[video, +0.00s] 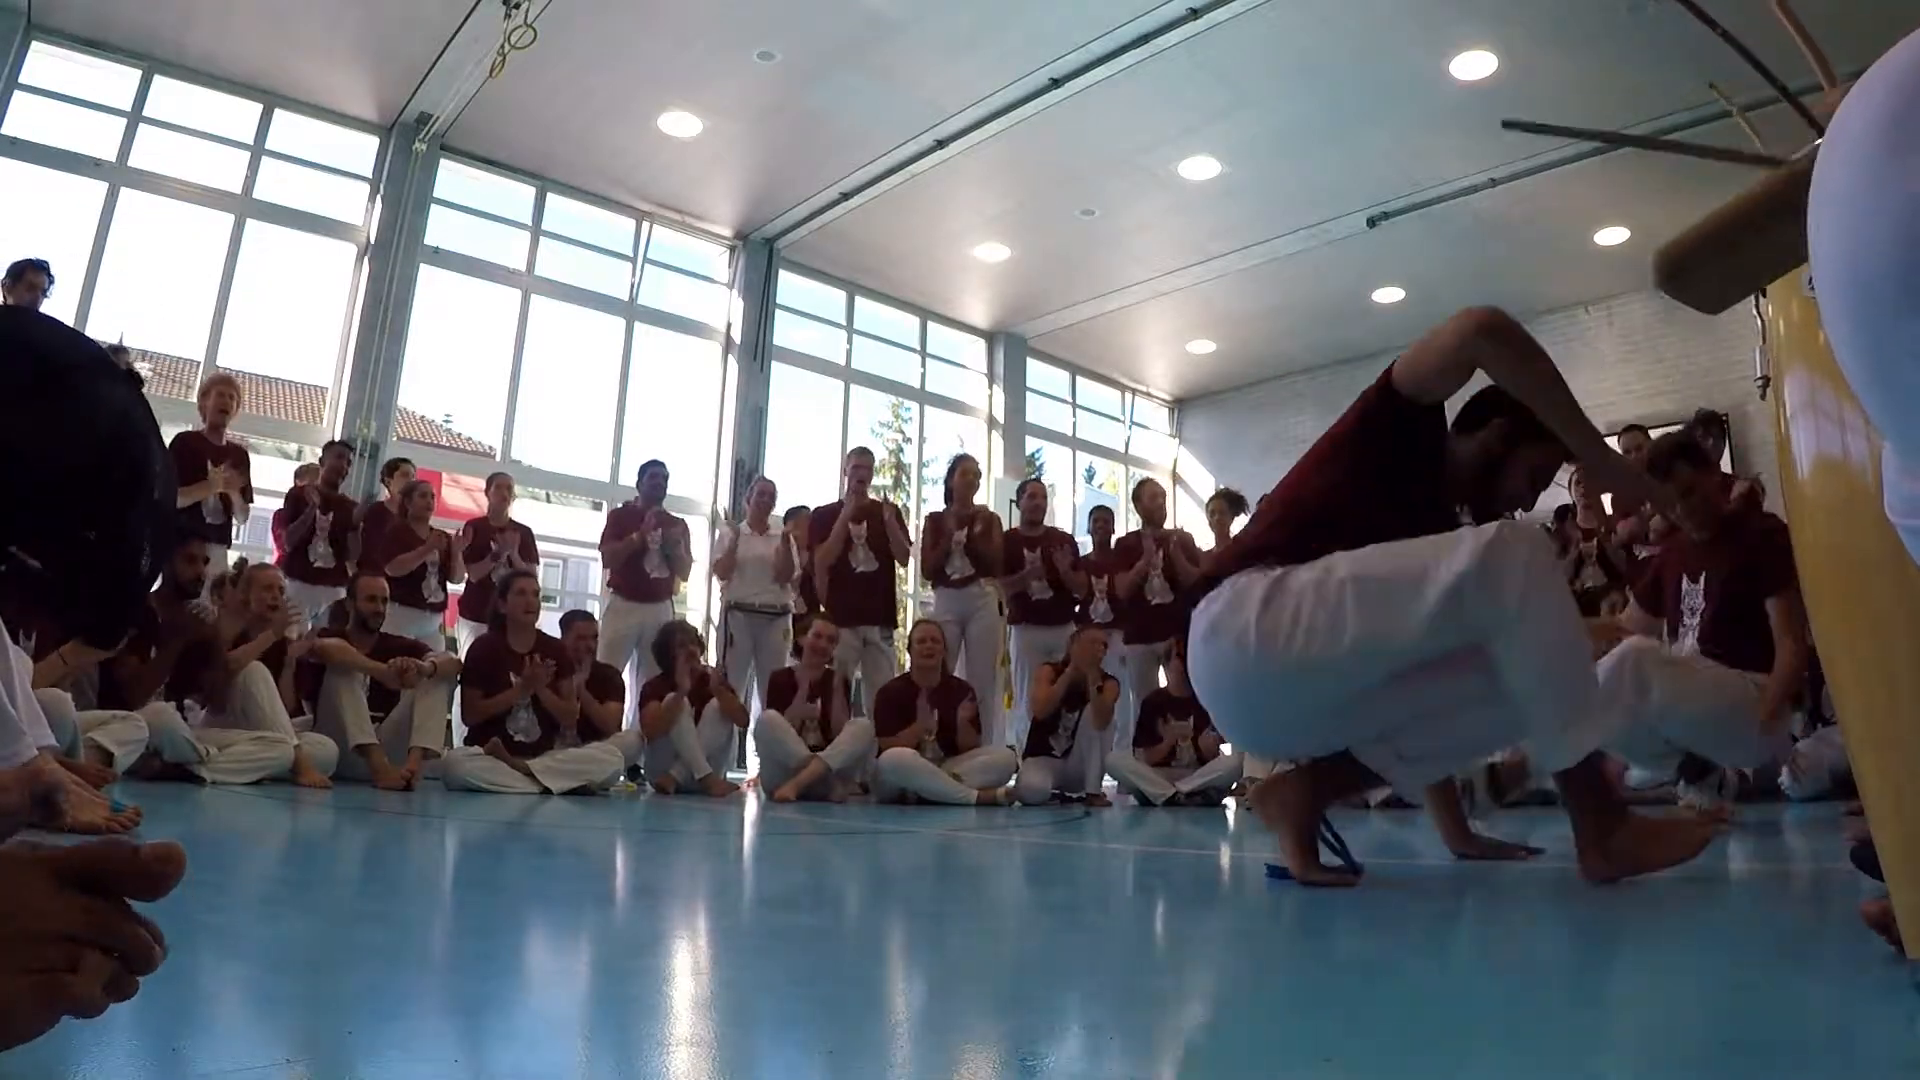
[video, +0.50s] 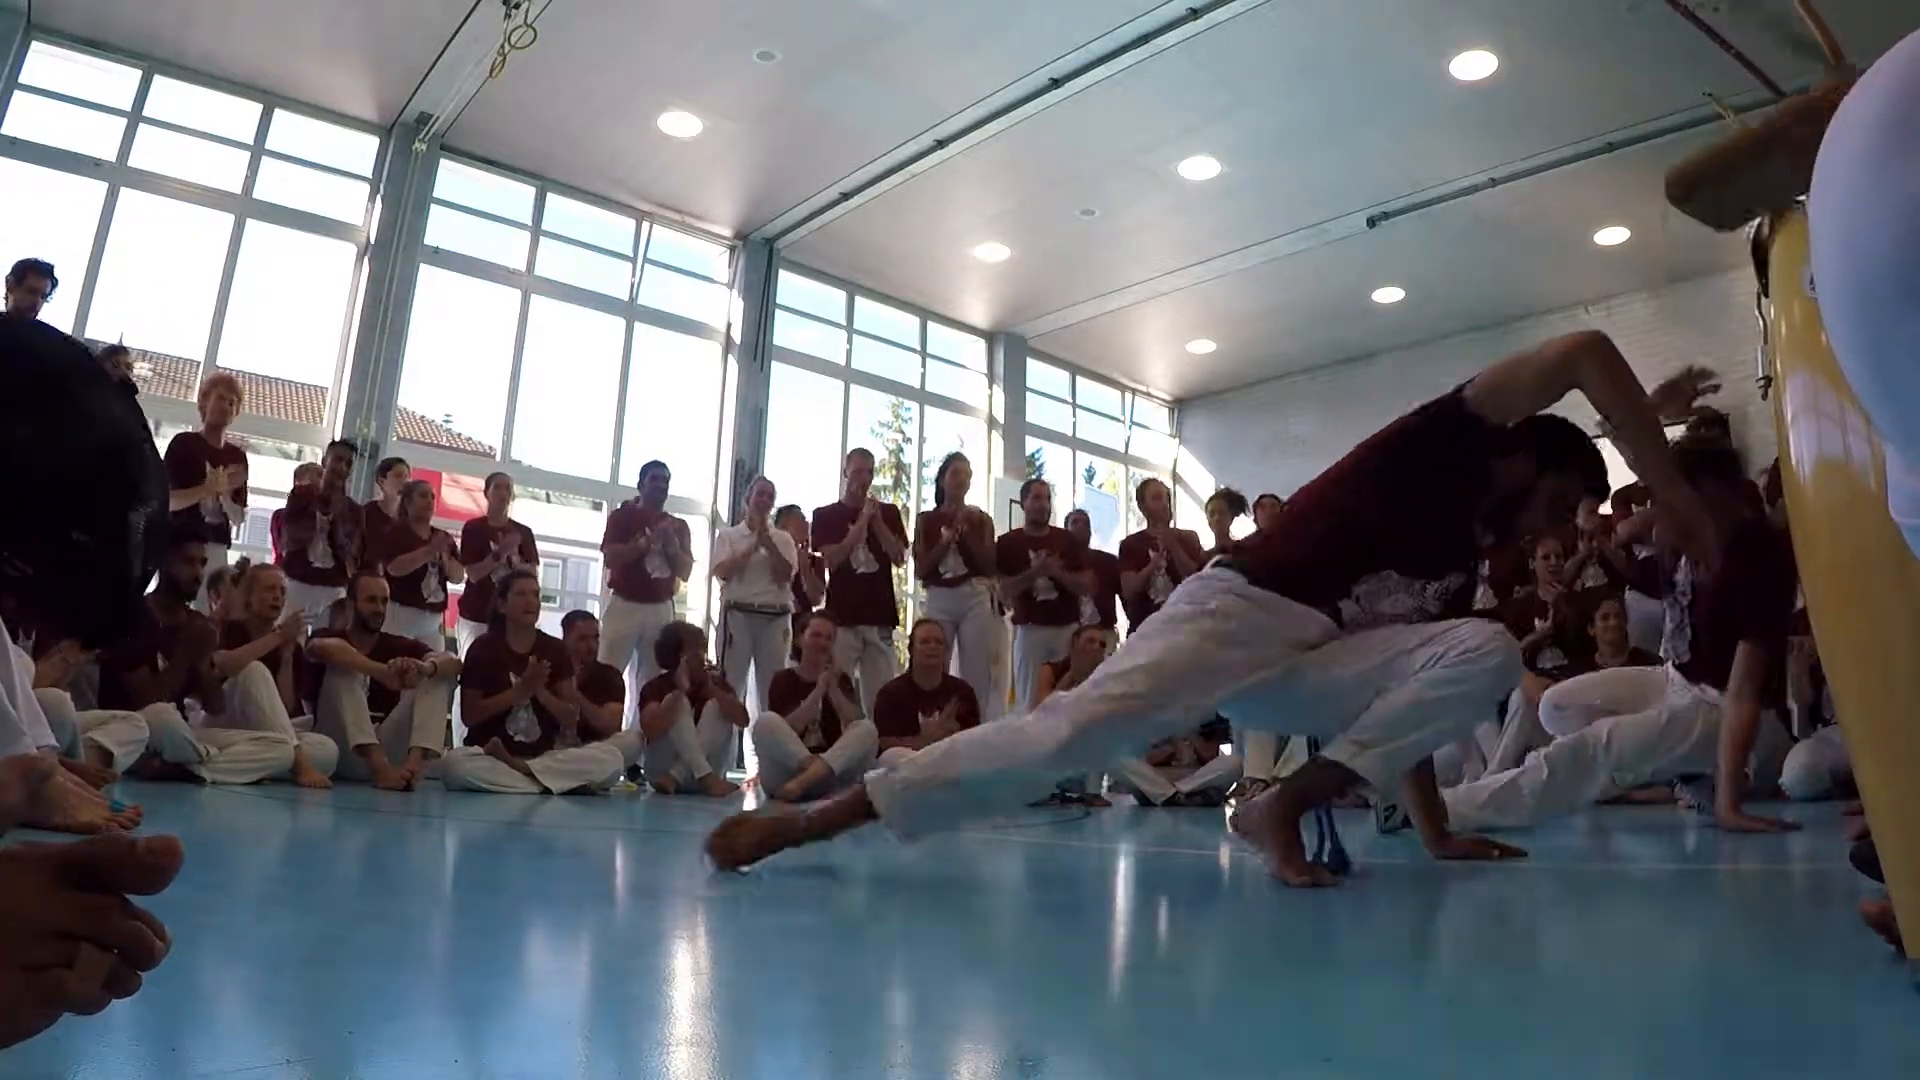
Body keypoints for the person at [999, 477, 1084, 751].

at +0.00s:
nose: (1038, 502)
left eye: (1042, 497)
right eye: (1031, 496)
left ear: (1048, 503)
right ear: (1018, 502)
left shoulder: (1064, 540)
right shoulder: (1007, 541)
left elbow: (1082, 589)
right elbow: (1001, 585)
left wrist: (1065, 570)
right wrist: (1028, 574)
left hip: (1062, 628)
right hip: (1025, 629)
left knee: (1064, 699)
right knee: (1026, 701)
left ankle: (1063, 763)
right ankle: (1025, 764)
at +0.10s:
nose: (1037, 503)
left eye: (1042, 498)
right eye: (1031, 497)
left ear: (1047, 504)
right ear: (1017, 503)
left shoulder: (1063, 540)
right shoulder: (1005, 541)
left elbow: (1081, 587)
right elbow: (999, 587)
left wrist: (1053, 573)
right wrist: (1028, 575)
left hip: (1061, 628)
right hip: (1023, 628)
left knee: (1063, 695)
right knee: (1025, 697)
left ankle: (1063, 759)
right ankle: (1024, 762)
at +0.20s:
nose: (1037, 503)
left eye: (1041, 498)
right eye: (1030, 497)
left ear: (1047, 504)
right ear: (1016, 503)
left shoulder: (1063, 541)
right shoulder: (1004, 542)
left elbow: (1081, 587)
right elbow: (999, 588)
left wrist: (1053, 572)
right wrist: (1029, 575)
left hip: (1063, 629)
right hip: (1025, 630)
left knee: (1064, 699)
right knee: (1024, 701)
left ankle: (1063, 763)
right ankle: (1023, 765)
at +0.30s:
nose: (1037, 503)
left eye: (1041, 498)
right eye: (1031, 497)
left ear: (1047, 504)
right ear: (1017, 503)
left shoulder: (1064, 540)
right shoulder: (1005, 542)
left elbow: (1080, 586)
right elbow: (1002, 589)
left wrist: (1057, 571)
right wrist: (1031, 572)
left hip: (1064, 629)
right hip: (1026, 630)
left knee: (1064, 696)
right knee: (1024, 698)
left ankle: (1064, 759)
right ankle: (1021, 760)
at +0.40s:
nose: (1040, 504)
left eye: (1045, 499)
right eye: (1033, 498)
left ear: (1049, 504)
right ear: (1019, 503)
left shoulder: (1067, 540)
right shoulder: (1005, 543)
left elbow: (1084, 587)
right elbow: (1002, 591)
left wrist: (1056, 571)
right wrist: (1033, 571)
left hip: (1065, 629)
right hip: (1027, 629)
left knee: (1067, 700)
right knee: (1027, 702)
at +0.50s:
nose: (1042, 504)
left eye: (1047, 499)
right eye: (1036, 498)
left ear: (1051, 504)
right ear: (1022, 503)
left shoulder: (1068, 539)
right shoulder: (1007, 543)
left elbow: (1086, 586)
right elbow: (1005, 591)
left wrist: (1056, 572)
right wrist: (1036, 570)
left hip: (1067, 629)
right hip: (1030, 628)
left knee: (1069, 703)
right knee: (1029, 703)